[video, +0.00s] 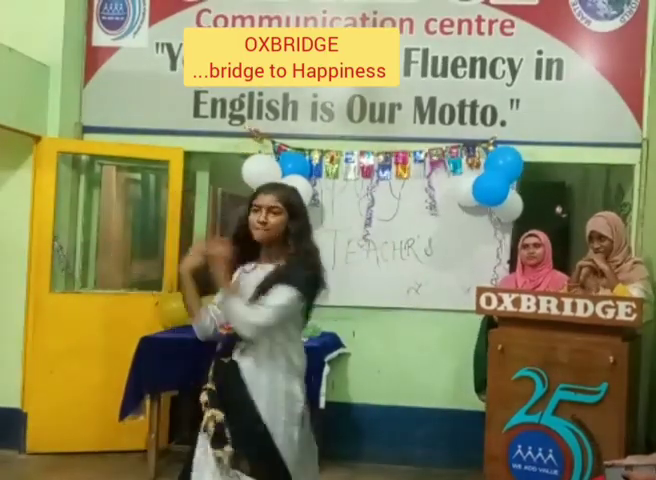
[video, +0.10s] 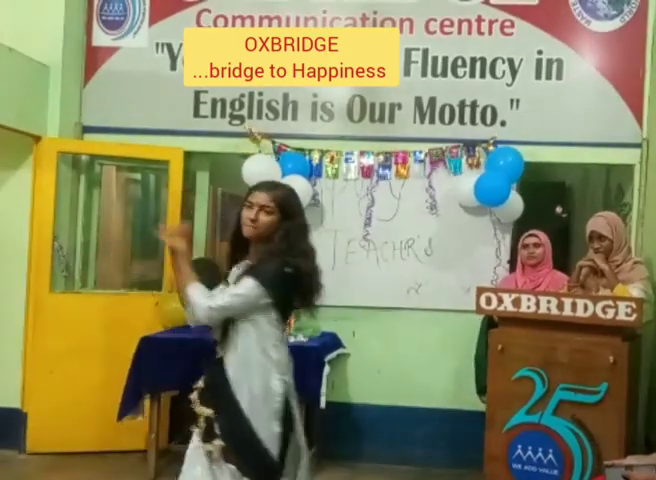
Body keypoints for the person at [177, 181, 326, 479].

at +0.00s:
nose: (262, 218)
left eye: (273, 212)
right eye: (257, 210)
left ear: (292, 222)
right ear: (248, 216)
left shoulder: (300, 273)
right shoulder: (244, 272)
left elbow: (255, 324)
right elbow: (206, 327)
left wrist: (223, 278)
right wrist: (186, 275)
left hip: (272, 390)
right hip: (233, 385)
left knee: (271, 467)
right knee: (220, 466)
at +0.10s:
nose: (252, 216)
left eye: (265, 211)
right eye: (249, 207)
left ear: (284, 223)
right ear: (241, 211)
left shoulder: (280, 272)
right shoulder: (243, 268)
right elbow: (200, 314)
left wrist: (182, 256)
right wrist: (181, 260)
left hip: (260, 387)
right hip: (233, 379)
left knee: (250, 466)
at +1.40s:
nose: (255, 229)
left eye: (266, 221)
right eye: (248, 222)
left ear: (286, 227)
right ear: (240, 227)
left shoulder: (295, 278)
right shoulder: (241, 273)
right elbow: (213, 332)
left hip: (274, 380)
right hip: (236, 376)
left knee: (268, 463)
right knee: (233, 460)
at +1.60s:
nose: (217, 233)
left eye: (219, 225)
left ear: (224, 231)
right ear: (272, 233)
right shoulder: (281, 279)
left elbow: (180, 260)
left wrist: (195, 213)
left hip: (218, 389)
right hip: (264, 387)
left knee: (213, 468)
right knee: (267, 464)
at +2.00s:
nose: (190, 214)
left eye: (201, 205)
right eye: (186, 206)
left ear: (225, 214)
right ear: (180, 212)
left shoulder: (240, 260)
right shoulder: (174, 253)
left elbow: (271, 217)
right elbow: (118, 212)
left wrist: (234, 174)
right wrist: (172, 174)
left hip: (228, 385)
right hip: (175, 382)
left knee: (217, 472)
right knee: (168, 469)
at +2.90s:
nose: (179, 216)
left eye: (190, 209)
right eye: (171, 206)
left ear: (205, 214)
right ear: (160, 207)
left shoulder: (218, 260)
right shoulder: (152, 255)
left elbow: (278, 269)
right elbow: (107, 266)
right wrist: (98, 289)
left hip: (204, 378)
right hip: (162, 374)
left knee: (174, 468)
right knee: (139, 459)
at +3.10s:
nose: (232, 228)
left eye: (238, 220)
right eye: (223, 220)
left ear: (246, 224)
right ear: (200, 223)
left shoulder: (250, 263)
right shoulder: (186, 264)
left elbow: (261, 282)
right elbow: (128, 292)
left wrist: (213, 247)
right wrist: (115, 243)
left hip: (235, 391)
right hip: (190, 388)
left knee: (216, 471)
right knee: (160, 468)